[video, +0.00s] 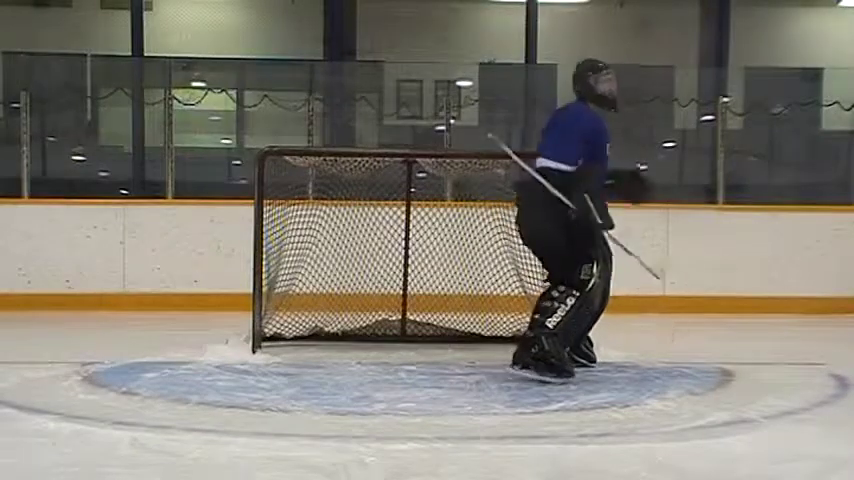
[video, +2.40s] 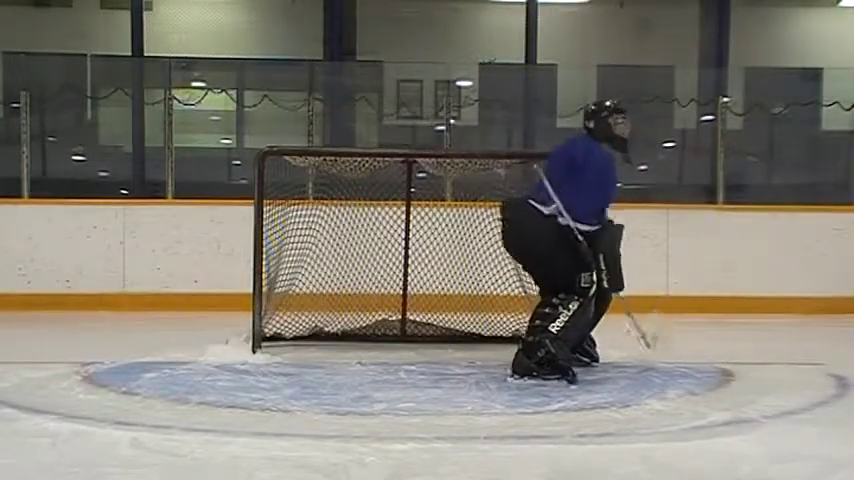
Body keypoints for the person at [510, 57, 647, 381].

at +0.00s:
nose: (614, 87)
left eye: (613, 80)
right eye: (608, 81)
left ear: (587, 86)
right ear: (590, 84)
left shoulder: (562, 117)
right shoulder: (591, 123)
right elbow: (584, 184)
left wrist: (618, 178)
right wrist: (598, 225)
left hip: (533, 209)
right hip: (557, 212)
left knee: (565, 275)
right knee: (592, 274)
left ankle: (536, 343)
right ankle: (548, 343)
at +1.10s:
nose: (624, 117)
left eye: (628, 111)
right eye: (624, 109)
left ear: (602, 97)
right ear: (610, 102)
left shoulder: (569, 116)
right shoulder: (594, 130)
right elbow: (595, 187)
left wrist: (605, 191)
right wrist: (615, 231)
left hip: (528, 209)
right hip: (556, 213)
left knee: (558, 280)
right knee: (582, 279)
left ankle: (537, 348)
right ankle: (544, 351)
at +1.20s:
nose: (629, 122)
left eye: (633, 117)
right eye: (627, 114)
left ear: (604, 104)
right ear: (612, 105)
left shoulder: (586, 123)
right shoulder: (590, 129)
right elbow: (575, 191)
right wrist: (598, 235)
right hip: (545, 211)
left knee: (560, 280)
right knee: (574, 280)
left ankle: (542, 349)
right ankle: (540, 353)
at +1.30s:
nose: (633, 133)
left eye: (637, 127)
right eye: (630, 125)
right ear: (615, 116)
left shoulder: (591, 134)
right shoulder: (594, 141)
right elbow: (579, 207)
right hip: (536, 214)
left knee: (560, 281)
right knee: (573, 281)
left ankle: (543, 349)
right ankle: (540, 353)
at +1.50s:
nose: (642, 175)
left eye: (646, 170)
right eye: (640, 167)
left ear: (618, 152)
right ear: (628, 159)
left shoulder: (591, 163)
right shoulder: (610, 187)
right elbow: (600, 239)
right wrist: (617, 279)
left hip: (514, 220)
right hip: (535, 232)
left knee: (564, 287)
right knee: (592, 288)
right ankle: (541, 356)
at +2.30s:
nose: (629, 136)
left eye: (629, 130)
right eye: (622, 130)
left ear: (597, 134)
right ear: (604, 132)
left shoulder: (583, 154)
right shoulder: (600, 164)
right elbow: (592, 226)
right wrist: (610, 275)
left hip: (516, 219)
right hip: (535, 225)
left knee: (560, 289)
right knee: (586, 286)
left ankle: (537, 352)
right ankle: (542, 353)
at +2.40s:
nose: (624, 128)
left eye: (624, 122)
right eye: (617, 123)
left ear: (596, 126)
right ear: (600, 125)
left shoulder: (580, 148)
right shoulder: (595, 156)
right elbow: (588, 214)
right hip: (537, 224)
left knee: (560, 288)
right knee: (584, 287)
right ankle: (538, 354)